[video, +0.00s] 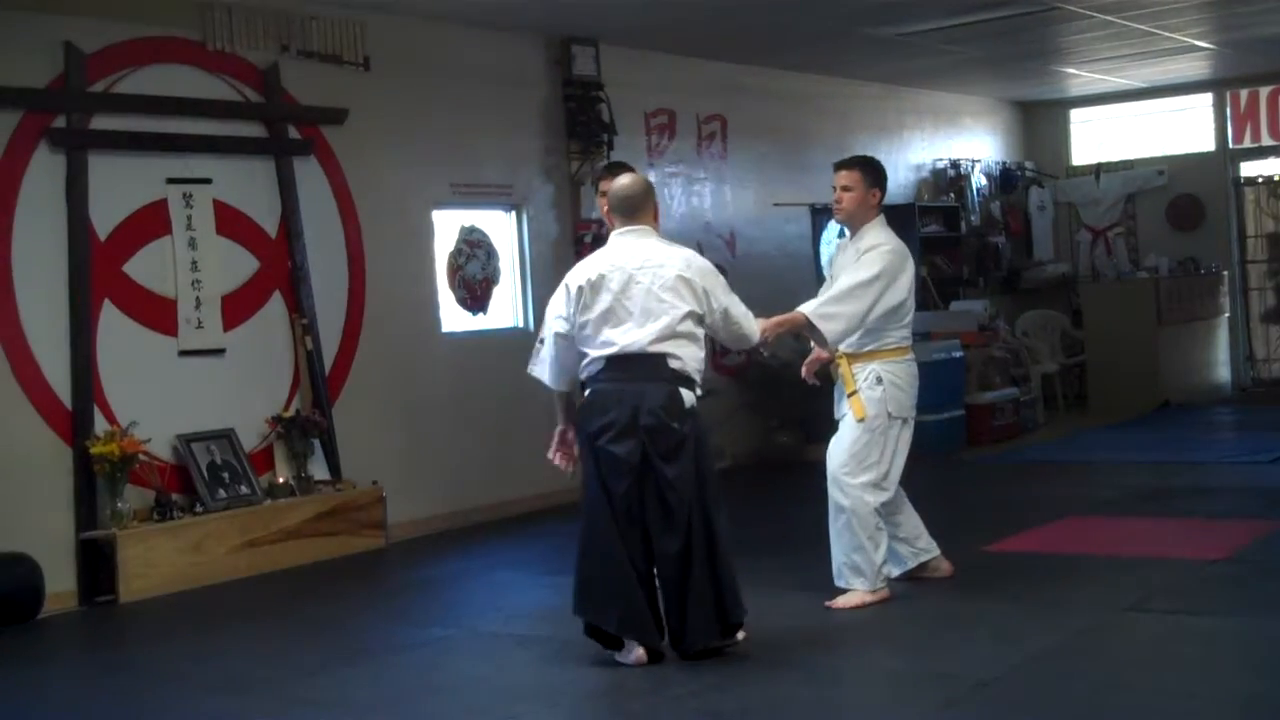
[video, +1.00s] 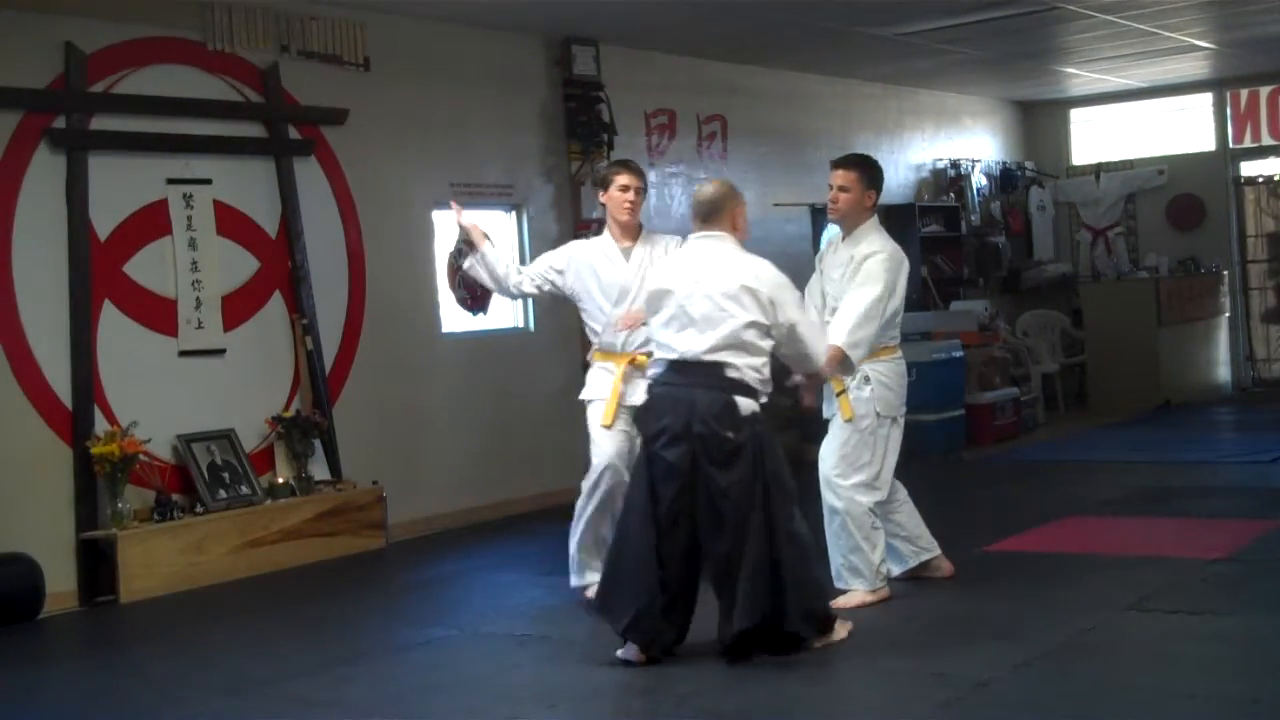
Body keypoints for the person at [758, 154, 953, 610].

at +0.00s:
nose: (836, 198)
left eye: (845, 190)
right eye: (834, 190)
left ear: (874, 197)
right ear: (838, 195)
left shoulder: (885, 250)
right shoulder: (851, 245)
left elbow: (841, 302)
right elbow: (849, 307)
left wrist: (783, 322)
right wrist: (827, 348)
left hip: (884, 374)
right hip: (856, 373)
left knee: (845, 465)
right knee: (869, 474)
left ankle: (868, 582)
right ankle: (925, 559)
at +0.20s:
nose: (833, 197)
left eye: (843, 189)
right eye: (832, 189)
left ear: (871, 196)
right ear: (835, 194)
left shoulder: (880, 250)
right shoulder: (847, 243)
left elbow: (833, 304)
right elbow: (843, 307)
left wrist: (770, 326)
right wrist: (823, 350)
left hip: (882, 373)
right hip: (855, 372)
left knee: (844, 466)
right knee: (869, 474)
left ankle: (867, 582)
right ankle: (925, 558)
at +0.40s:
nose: (829, 197)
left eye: (839, 189)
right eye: (829, 188)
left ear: (867, 196)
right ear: (834, 194)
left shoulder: (877, 251)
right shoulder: (843, 244)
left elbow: (828, 308)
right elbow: (843, 310)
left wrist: (764, 329)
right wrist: (824, 351)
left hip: (880, 374)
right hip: (854, 372)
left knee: (842, 467)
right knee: (870, 474)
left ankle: (867, 582)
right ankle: (925, 558)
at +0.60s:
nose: (827, 197)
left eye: (837, 189)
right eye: (826, 189)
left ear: (865, 196)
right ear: (832, 194)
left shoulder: (875, 251)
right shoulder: (837, 243)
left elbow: (827, 309)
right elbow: (837, 310)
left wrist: (764, 334)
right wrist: (821, 352)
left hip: (878, 373)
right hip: (851, 372)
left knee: (840, 468)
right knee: (869, 474)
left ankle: (867, 582)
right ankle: (926, 558)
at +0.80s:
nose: (827, 198)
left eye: (837, 190)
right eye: (826, 189)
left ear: (866, 197)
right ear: (827, 193)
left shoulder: (878, 253)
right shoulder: (834, 242)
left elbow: (841, 314)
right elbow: (826, 306)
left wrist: (778, 346)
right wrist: (815, 351)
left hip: (876, 374)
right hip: (848, 372)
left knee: (840, 469)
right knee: (869, 474)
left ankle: (866, 582)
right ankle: (926, 558)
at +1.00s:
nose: (831, 197)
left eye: (842, 190)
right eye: (830, 188)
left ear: (869, 198)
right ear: (831, 193)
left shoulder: (882, 254)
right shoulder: (833, 245)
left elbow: (856, 328)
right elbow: (810, 310)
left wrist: (817, 375)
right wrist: (801, 361)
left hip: (875, 373)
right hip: (846, 371)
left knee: (840, 470)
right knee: (868, 475)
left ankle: (864, 582)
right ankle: (926, 558)